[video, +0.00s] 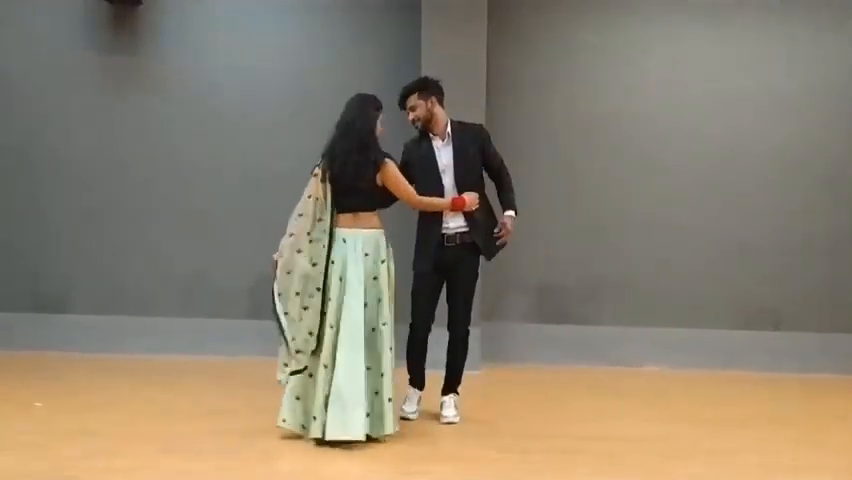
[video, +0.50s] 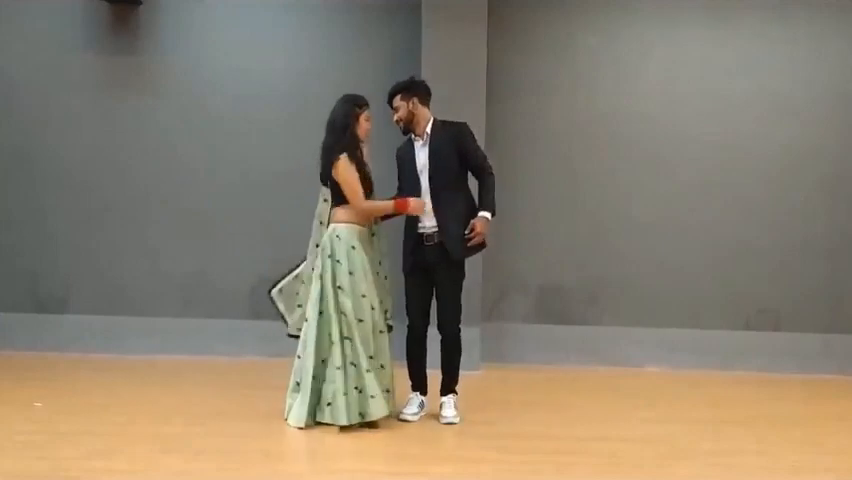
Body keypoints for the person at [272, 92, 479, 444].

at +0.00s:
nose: (382, 126)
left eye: (381, 119)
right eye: (381, 120)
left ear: (347, 120)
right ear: (372, 123)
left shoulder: (329, 163)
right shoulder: (380, 163)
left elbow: (307, 213)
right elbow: (415, 201)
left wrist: (285, 252)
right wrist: (457, 203)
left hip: (336, 245)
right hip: (370, 245)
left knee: (333, 328)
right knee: (367, 331)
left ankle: (326, 413)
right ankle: (360, 415)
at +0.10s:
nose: (380, 126)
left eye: (378, 119)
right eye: (378, 120)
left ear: (347, 122)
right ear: (370, 124)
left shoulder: (327, 165)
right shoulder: (376, 165)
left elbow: (314, 216)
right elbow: (410, 203)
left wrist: (301, 260)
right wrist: (453, 203)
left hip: (334, 248)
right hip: (368, 248)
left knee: (331, 329)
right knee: (367, 331)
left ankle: (324, 411)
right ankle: (362, 413)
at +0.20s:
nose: (377, 128)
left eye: (376, 121)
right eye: (375, 122)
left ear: (346, 123)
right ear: (366, 124)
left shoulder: (327, 165)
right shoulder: (371, 165)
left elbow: (316, 216)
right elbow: (405, 205)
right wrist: (447, 202)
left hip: (333, 248)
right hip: (364, 248)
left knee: (330, 328)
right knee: (363, 329)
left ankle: (322, 408)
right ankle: (360, 410)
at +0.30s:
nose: (374, 128)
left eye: (374, 121)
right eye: (372, 122)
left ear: (344, 124)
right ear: (361, 124)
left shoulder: (332, 163)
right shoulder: (364, 163)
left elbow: (331, 211)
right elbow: (395, 205)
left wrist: (380, 211)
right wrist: (440, 202)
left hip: (335, 246)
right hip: (361, 247)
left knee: (332, 326)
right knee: (361, 327)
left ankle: (324, 404)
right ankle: (357, 407)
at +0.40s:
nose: (373, 127)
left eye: (372, 121)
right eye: (369, 121)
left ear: (349, 122)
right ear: (355, 123)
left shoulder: (337, 159)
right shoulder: (354, 161)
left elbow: (363, 207)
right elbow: (381, 205)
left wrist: (397, 208)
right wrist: (426, 203)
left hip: (338, 243)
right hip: (354, 245)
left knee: (341, 323)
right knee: (358, 323)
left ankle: (335, 402)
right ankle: (355, 404)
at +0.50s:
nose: (369, 126)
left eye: (369, 119)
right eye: (365, 120)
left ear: (352, 123)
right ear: (350, 122)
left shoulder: (354, 158)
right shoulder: (343, 160)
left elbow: (359, 207)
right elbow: (360, 206)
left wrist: (383, 211)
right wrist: (400, 205)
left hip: (355, 240)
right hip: (342, 242)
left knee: (358, 320)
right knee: (349, 320)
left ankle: (355, 401)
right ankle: (346, 403)